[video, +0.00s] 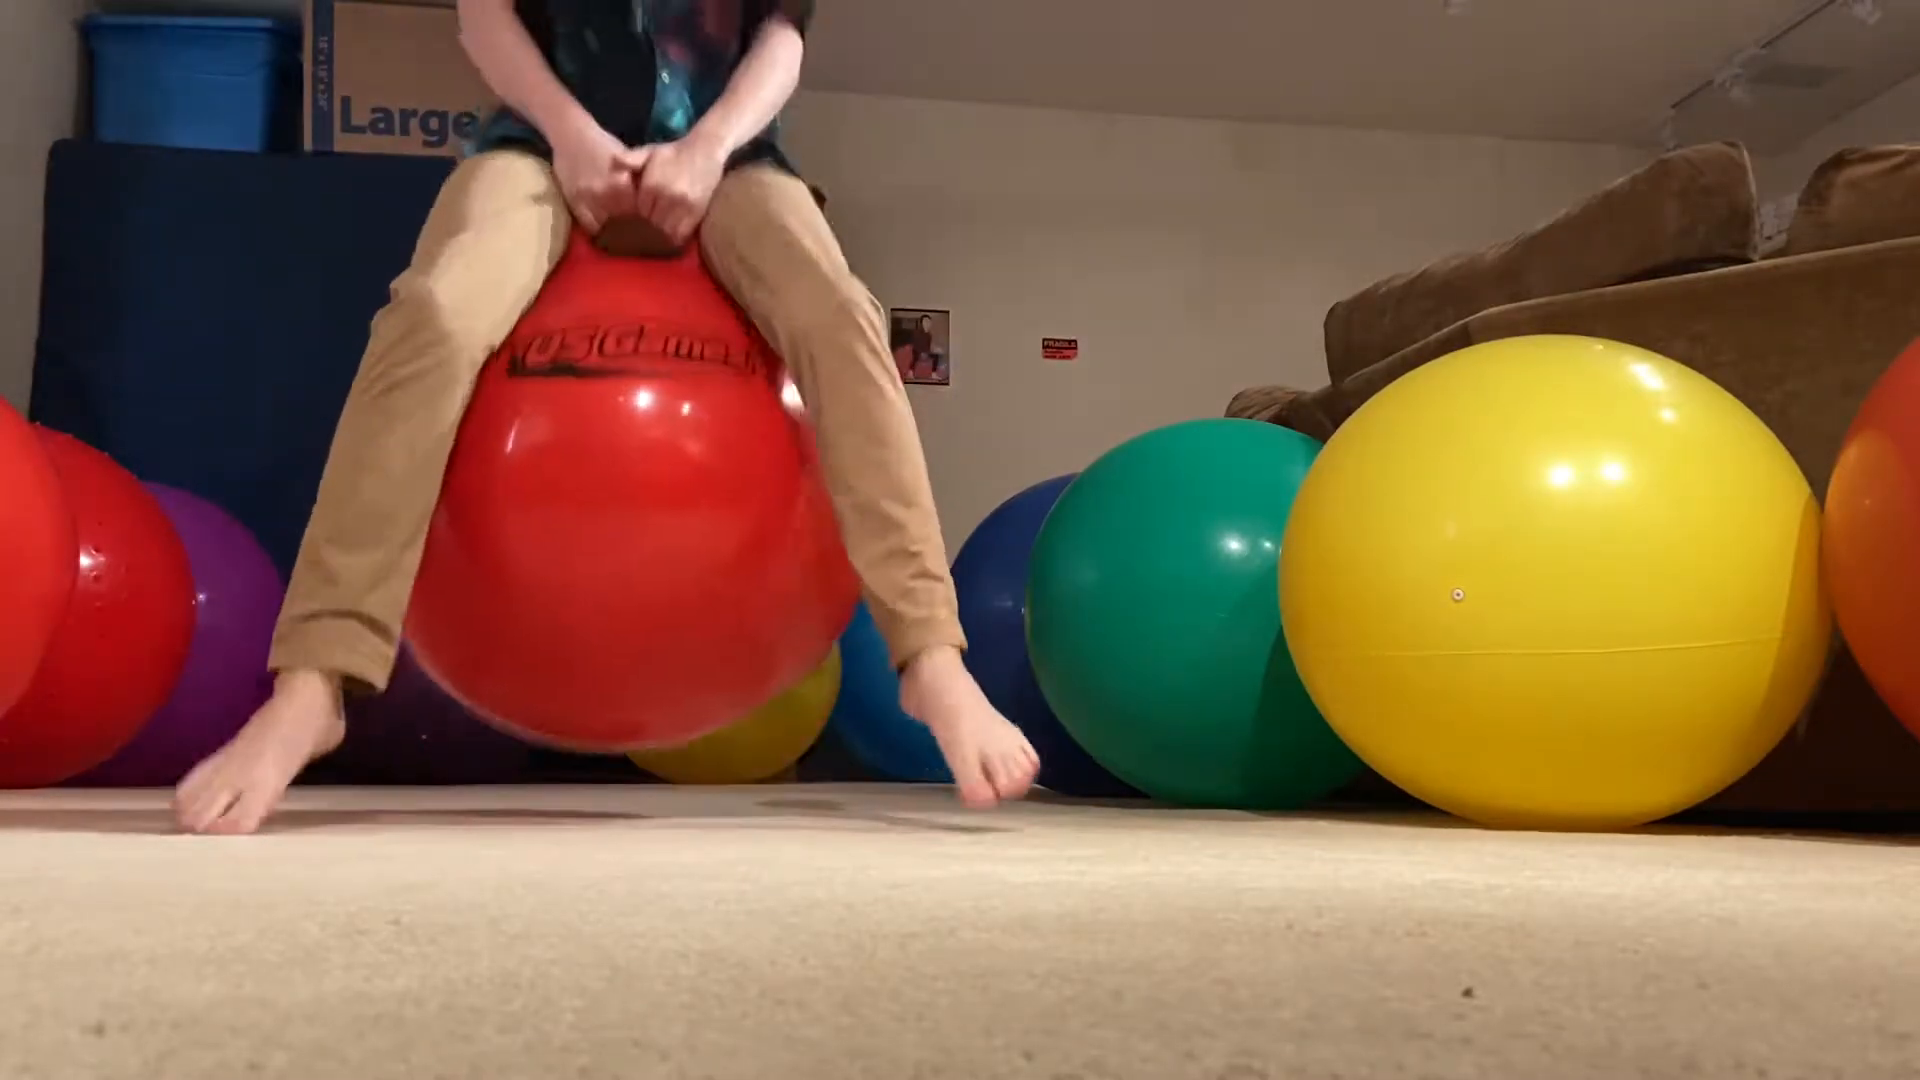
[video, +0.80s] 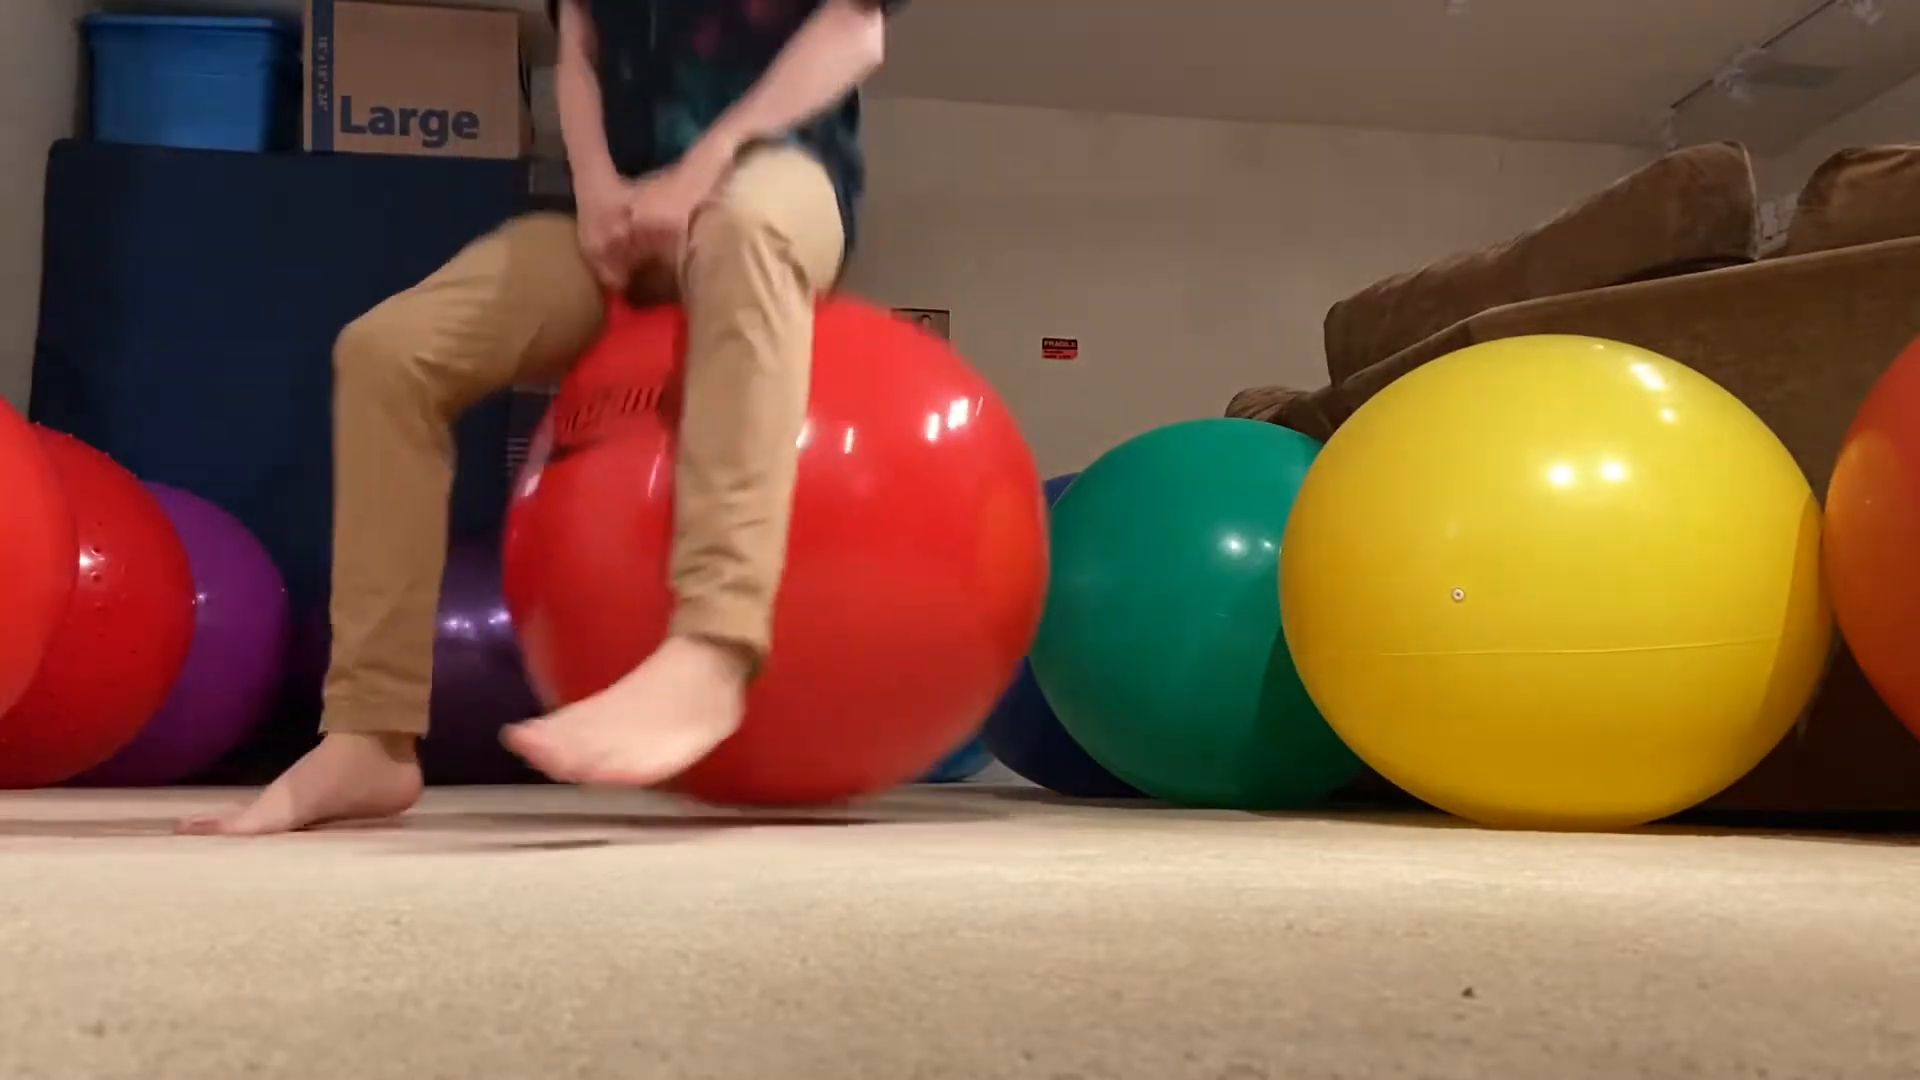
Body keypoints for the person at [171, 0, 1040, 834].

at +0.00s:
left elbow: (783, 37)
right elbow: (481, 20)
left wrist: (711, 144)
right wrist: (573, 133)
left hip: (723, 137)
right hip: (541, 133)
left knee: (839, 318)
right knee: (435, 318)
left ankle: (934, 662)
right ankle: (309, 685)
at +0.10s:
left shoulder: (774, 10)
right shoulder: (504, 3)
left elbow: (792, 150)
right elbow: (470, 133)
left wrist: (701, 258)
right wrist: (559, 238)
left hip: (716, 254)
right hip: (537, 249)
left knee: (854, 371)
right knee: (388, 344)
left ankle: (945, 735)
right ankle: (301, 725)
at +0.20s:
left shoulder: (770, 126)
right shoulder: (503, 106)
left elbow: (794, 323)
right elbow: (456, 296)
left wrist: (694, 413)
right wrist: (556, 392)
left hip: (707, 421)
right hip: (531, 408)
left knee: (872, 407)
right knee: (362, 371)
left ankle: (951, 761)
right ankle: (277, 754)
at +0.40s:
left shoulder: (778, 35)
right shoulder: (519, 19)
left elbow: (801, 245)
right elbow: (475, 217)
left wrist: (710, 351)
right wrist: (563, 329)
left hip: (718, 370)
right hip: (550, 358)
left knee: (905, 399)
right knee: (351, 362)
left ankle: (945, 763)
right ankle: (281, 753)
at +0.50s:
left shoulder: (790, 1)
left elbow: (810, 78)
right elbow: (514, 44)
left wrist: (726, 203)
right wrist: (592, 190)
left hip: (748, 207)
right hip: (554, 195)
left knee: (874, 362)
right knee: (386, 351)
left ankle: (952, 720)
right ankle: (268, 738)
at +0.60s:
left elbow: (792, 3)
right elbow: (542, 2)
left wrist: (707, 97)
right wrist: (583, 100)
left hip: (751, 84)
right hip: (568, 78)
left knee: (784, 276)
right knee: (429, 319)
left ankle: (933, 648)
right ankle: (290, 697)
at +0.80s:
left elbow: (856, 33)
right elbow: (577, 57)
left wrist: (704, 158)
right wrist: (598, 182)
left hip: (772, 165)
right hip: (620, 191)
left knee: (743, 238)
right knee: (383, 353)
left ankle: (709, 656)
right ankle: (370, 741)